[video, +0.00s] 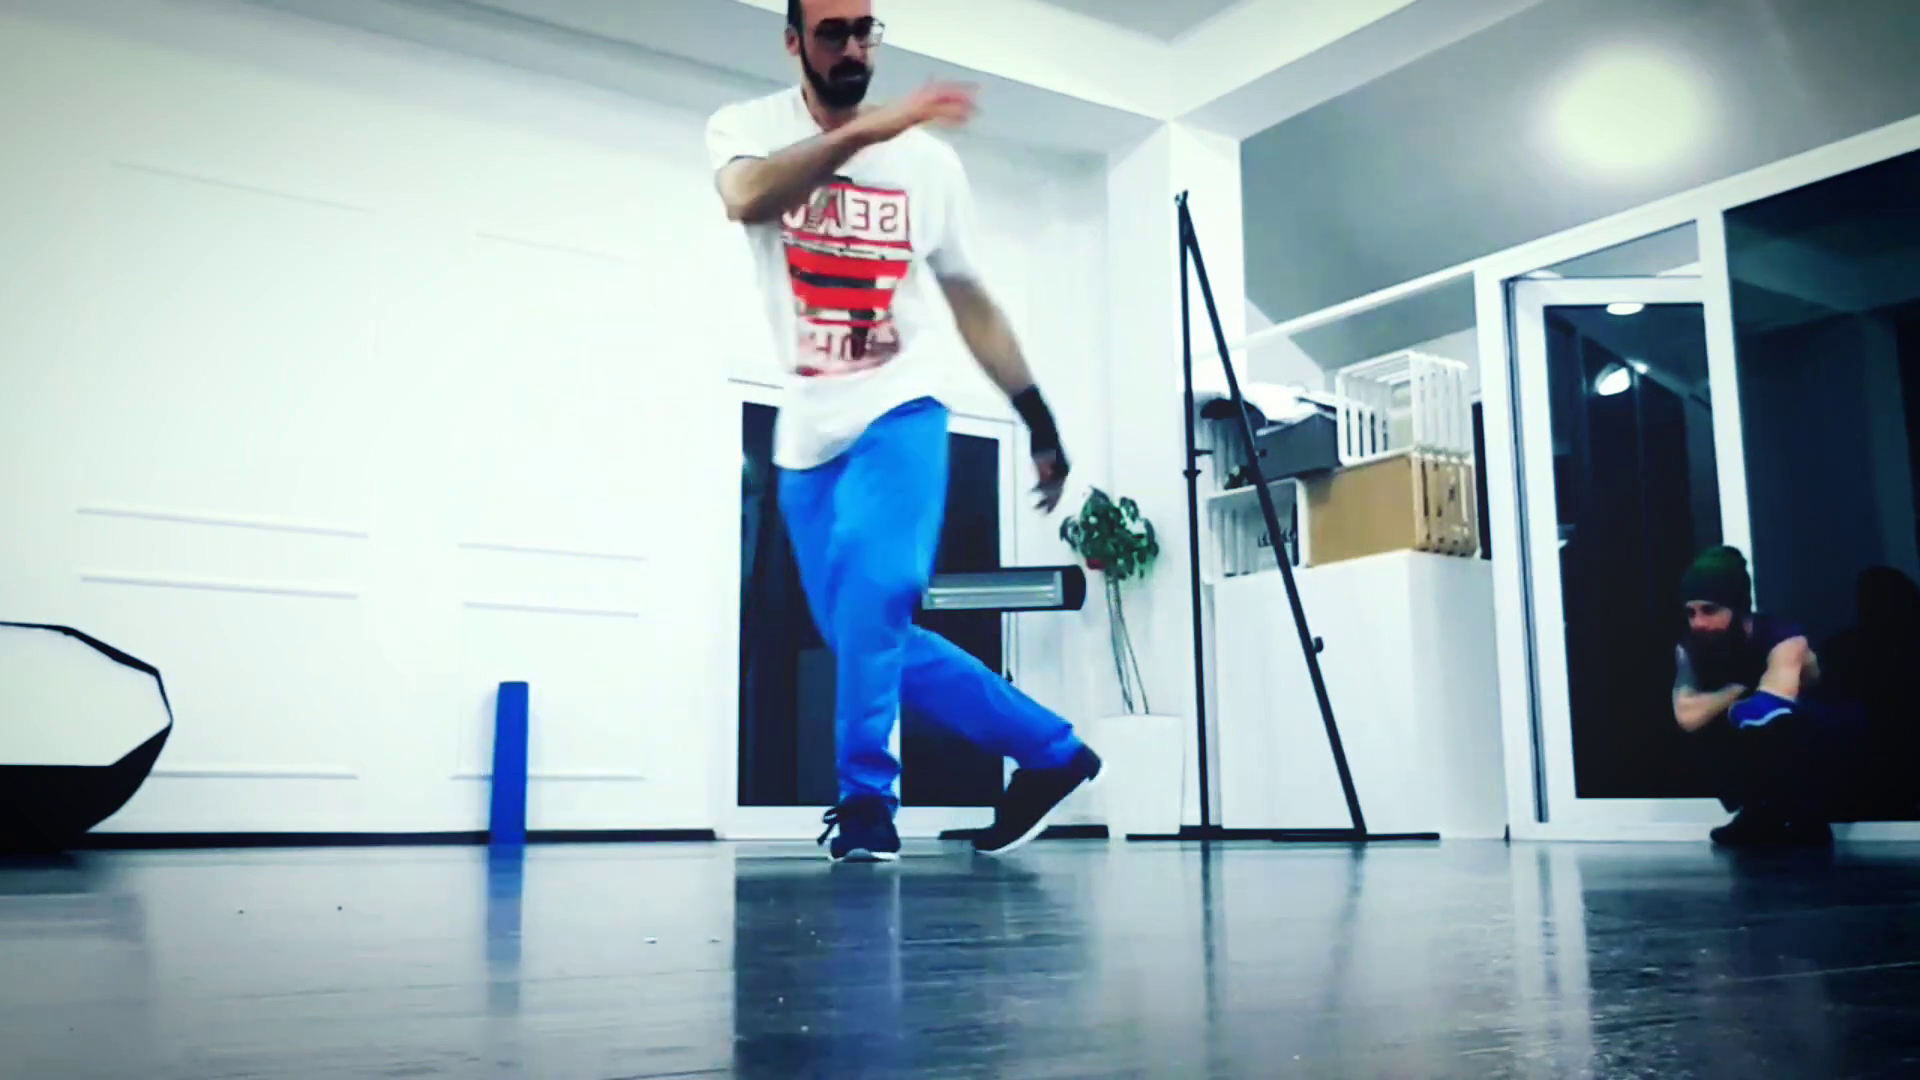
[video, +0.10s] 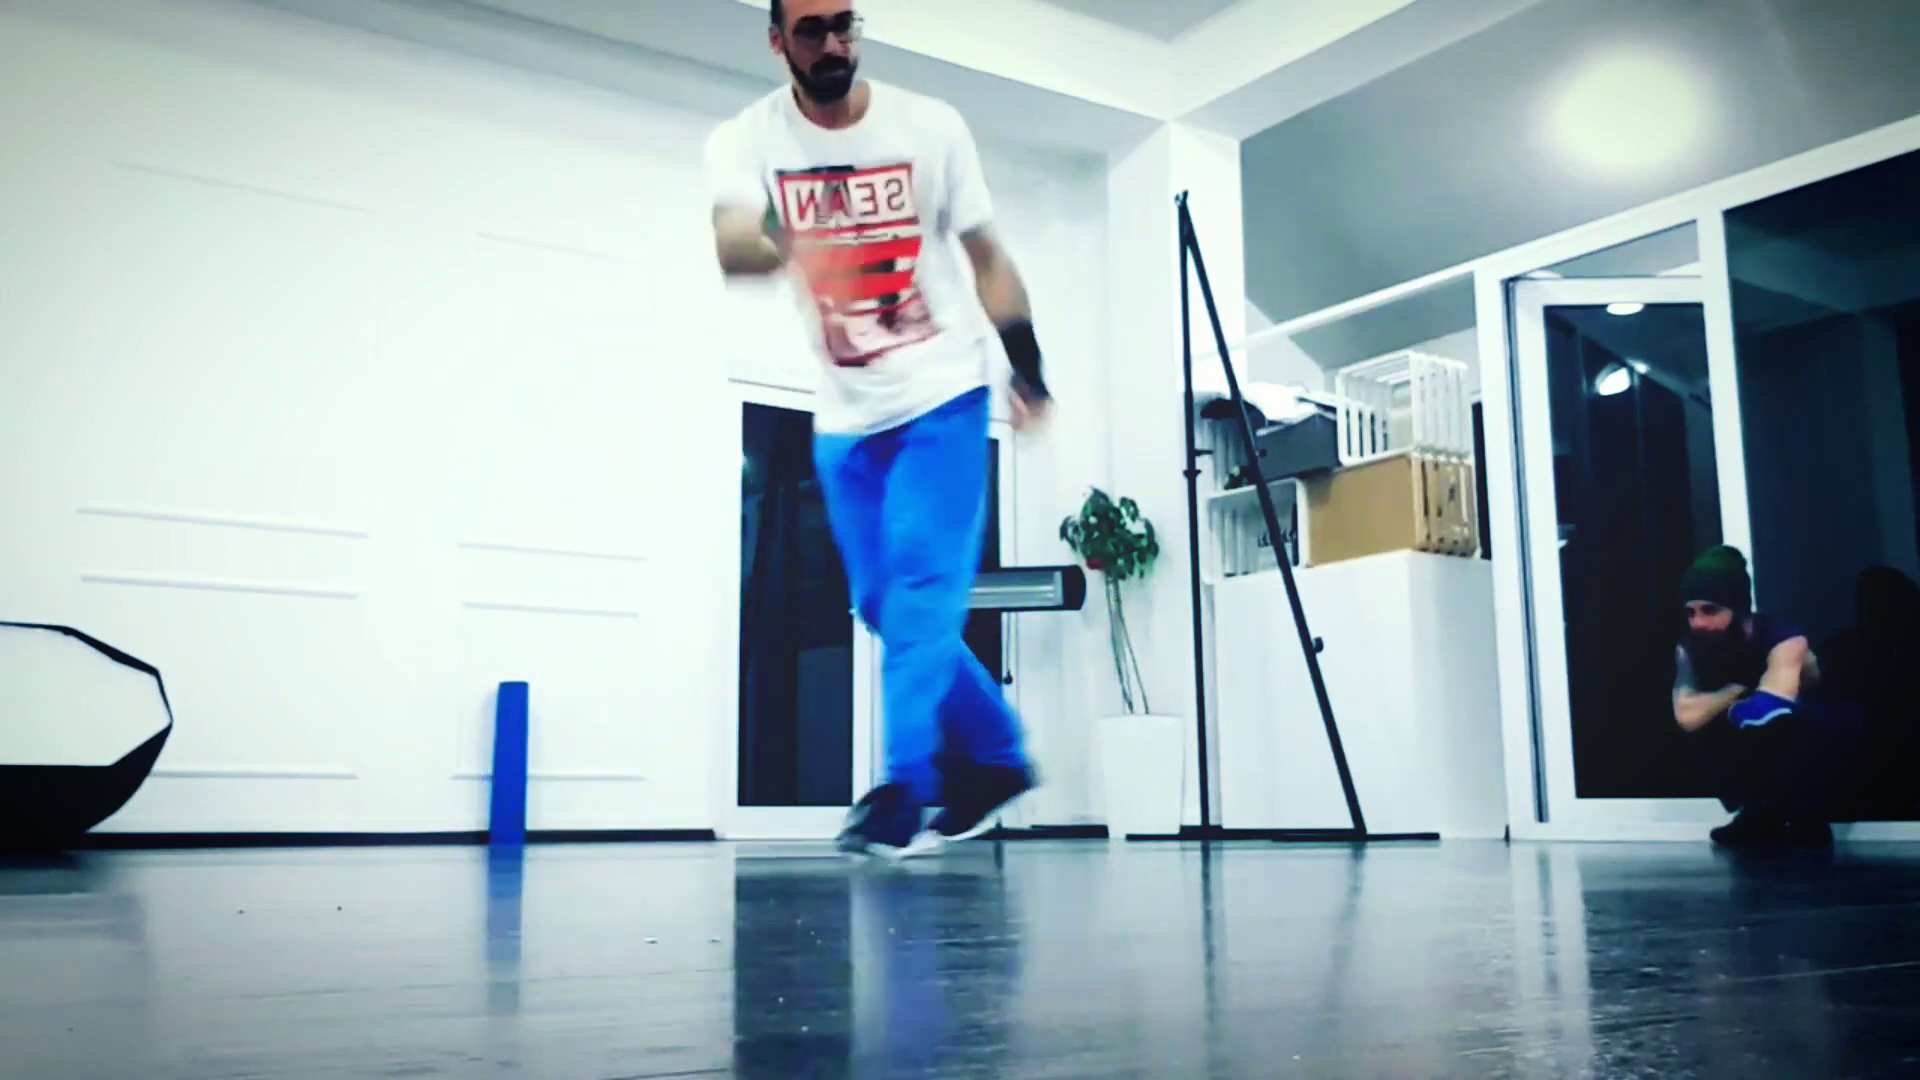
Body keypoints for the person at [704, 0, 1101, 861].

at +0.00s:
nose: (853, 51)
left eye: (864, 32)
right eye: (833, 33)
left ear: (878, 36)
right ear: (794, 40)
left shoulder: (927, 161)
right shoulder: (748, 129)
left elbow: (971, 301)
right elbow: (746, 198)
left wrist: (1037, 415)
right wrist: (869, 128)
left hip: (902, 405)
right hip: (803, 426)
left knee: (874, 590)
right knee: (859, 632)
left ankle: (866, 803)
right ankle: (1050, 751)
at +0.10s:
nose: (834, 46)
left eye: (845, 27)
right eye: (812, 31)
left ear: (862, 27)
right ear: (776, 38)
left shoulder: (931, 128)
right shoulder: (744, 141)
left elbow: (986, 252)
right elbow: (733, 251)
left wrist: (1027, 367)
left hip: (945, 392)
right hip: (845, 409)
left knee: (920, 587)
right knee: (885, 601)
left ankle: (903, 790)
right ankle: (995, 758)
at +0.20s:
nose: (822, 72)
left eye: (833, 52)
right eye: (801, 58)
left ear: (852, 53)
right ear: (772, 70)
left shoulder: (934, 141)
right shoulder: (763, 187)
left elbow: (1011, 270)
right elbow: (757, 335)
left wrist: (955, 327)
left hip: (968, 393)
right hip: (871, 417)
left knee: (954, 568)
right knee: (894, 606)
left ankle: (1015, 770)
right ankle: (941, 791)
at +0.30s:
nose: (826, 99)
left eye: (839, 81)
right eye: (806, 87)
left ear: (863, 85)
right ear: (784, 101)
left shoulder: (939, 172)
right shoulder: (782, 234)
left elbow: (1019, 296)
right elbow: (793, 372)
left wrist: (952, 304)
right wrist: (820, 485)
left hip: (986, 451)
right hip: (885, 465)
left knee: (997, 627)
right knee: (893, 649)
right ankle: (965, 804)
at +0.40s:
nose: (846, 75)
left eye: (859, 58)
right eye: (828, 62)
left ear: (884, 66)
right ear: (805, 78)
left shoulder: (956, 147)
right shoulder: (796, 201)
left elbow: (1045, 258)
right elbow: (802, 318)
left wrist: (963, 232)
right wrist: (832, 418)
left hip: (992, 416)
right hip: (894, 439)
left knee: (997, 583)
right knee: (917, 631)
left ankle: (1091, 563)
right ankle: (964, 803)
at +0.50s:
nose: (875, 38)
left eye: (890, 20)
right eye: (858, 23)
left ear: (913, 28)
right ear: (835, 35)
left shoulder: (980, 111)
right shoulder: (805, 146)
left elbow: (1075, 230)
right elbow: (789, 264)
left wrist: (1002, 185)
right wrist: (818, 359)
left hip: (993, 368)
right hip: (897, 391)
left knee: (976, 518)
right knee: (930, 588)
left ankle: (1050, 613)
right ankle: (986, 778)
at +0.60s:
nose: (908, 36)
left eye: (923, 21)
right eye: (892, 21)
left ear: (944, 30)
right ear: (868, 31)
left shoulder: (999, 126)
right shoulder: (826, 138)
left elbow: (1050, 232)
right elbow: (773, 261)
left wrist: (1055, 276)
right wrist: (796, 301)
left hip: (991, 359)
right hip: (899, 383)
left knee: (952, 520)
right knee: (950, 566)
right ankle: (1044, 757)